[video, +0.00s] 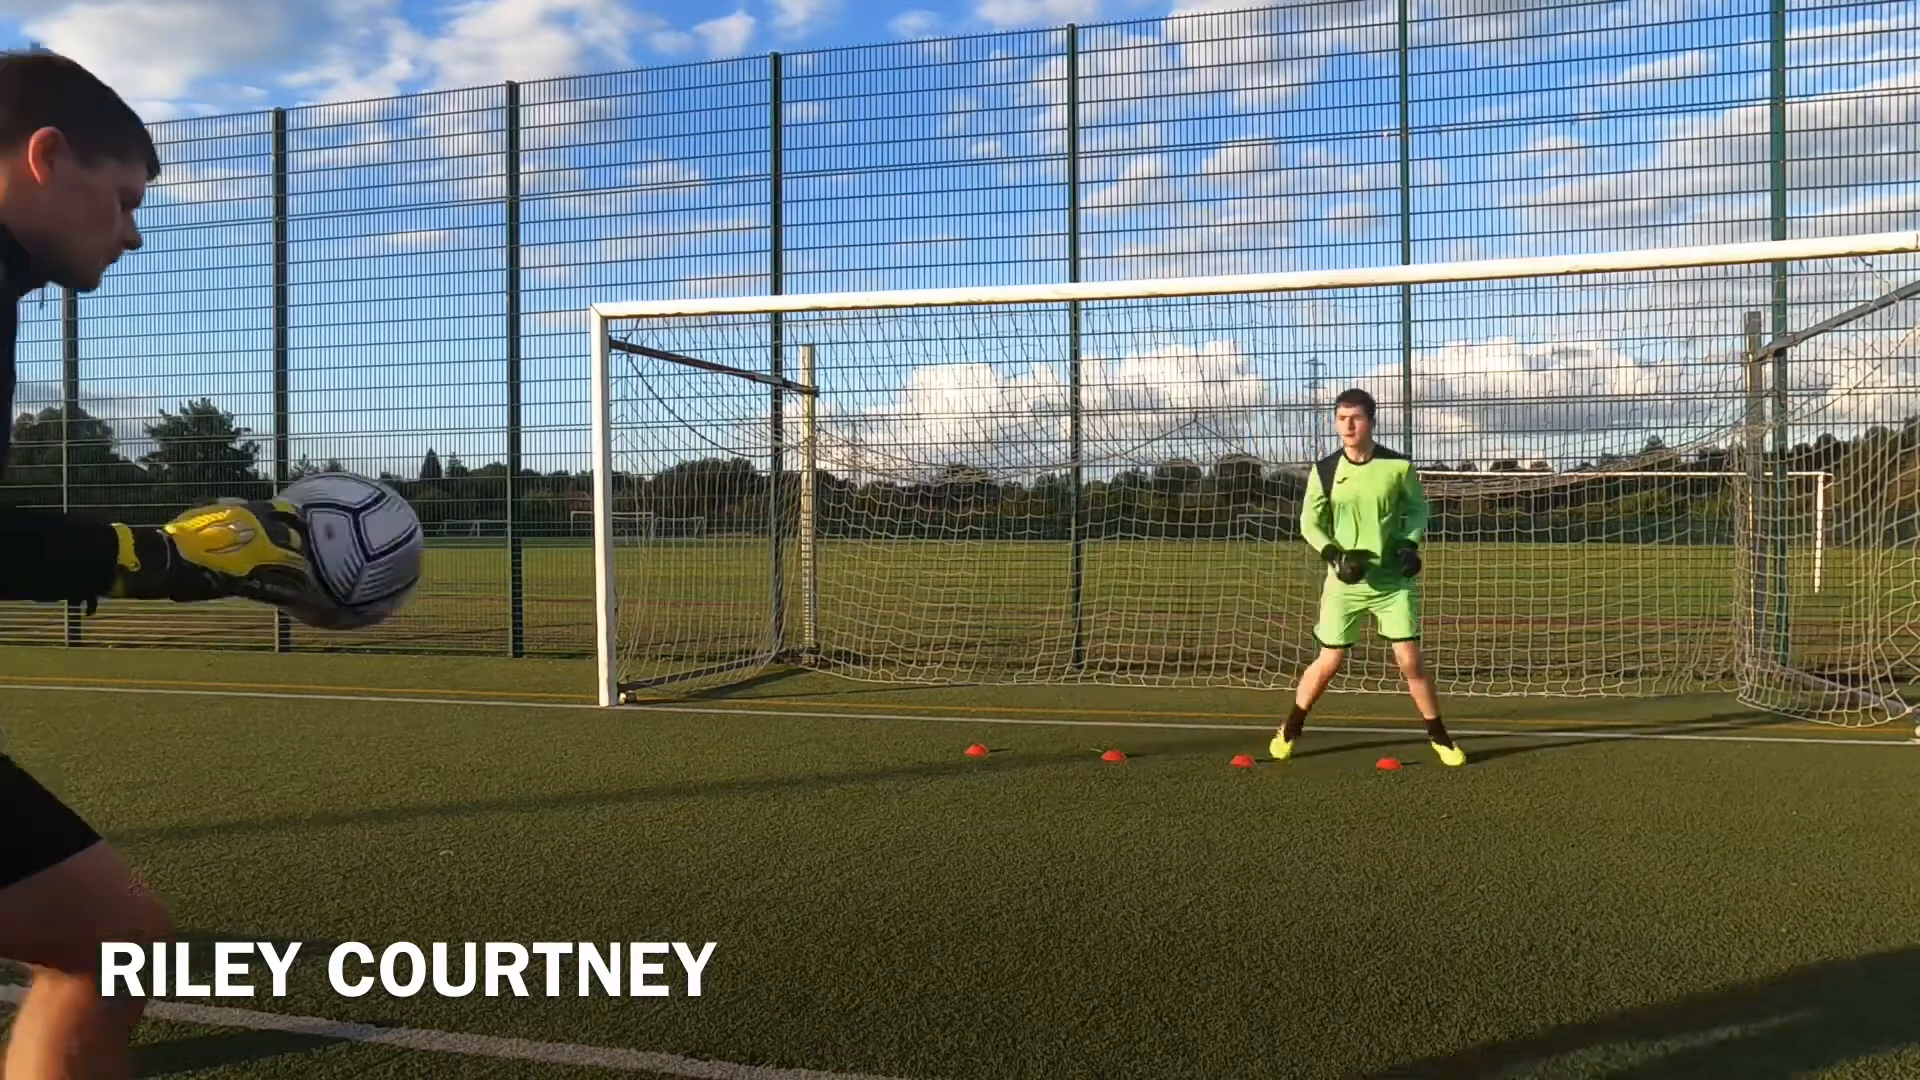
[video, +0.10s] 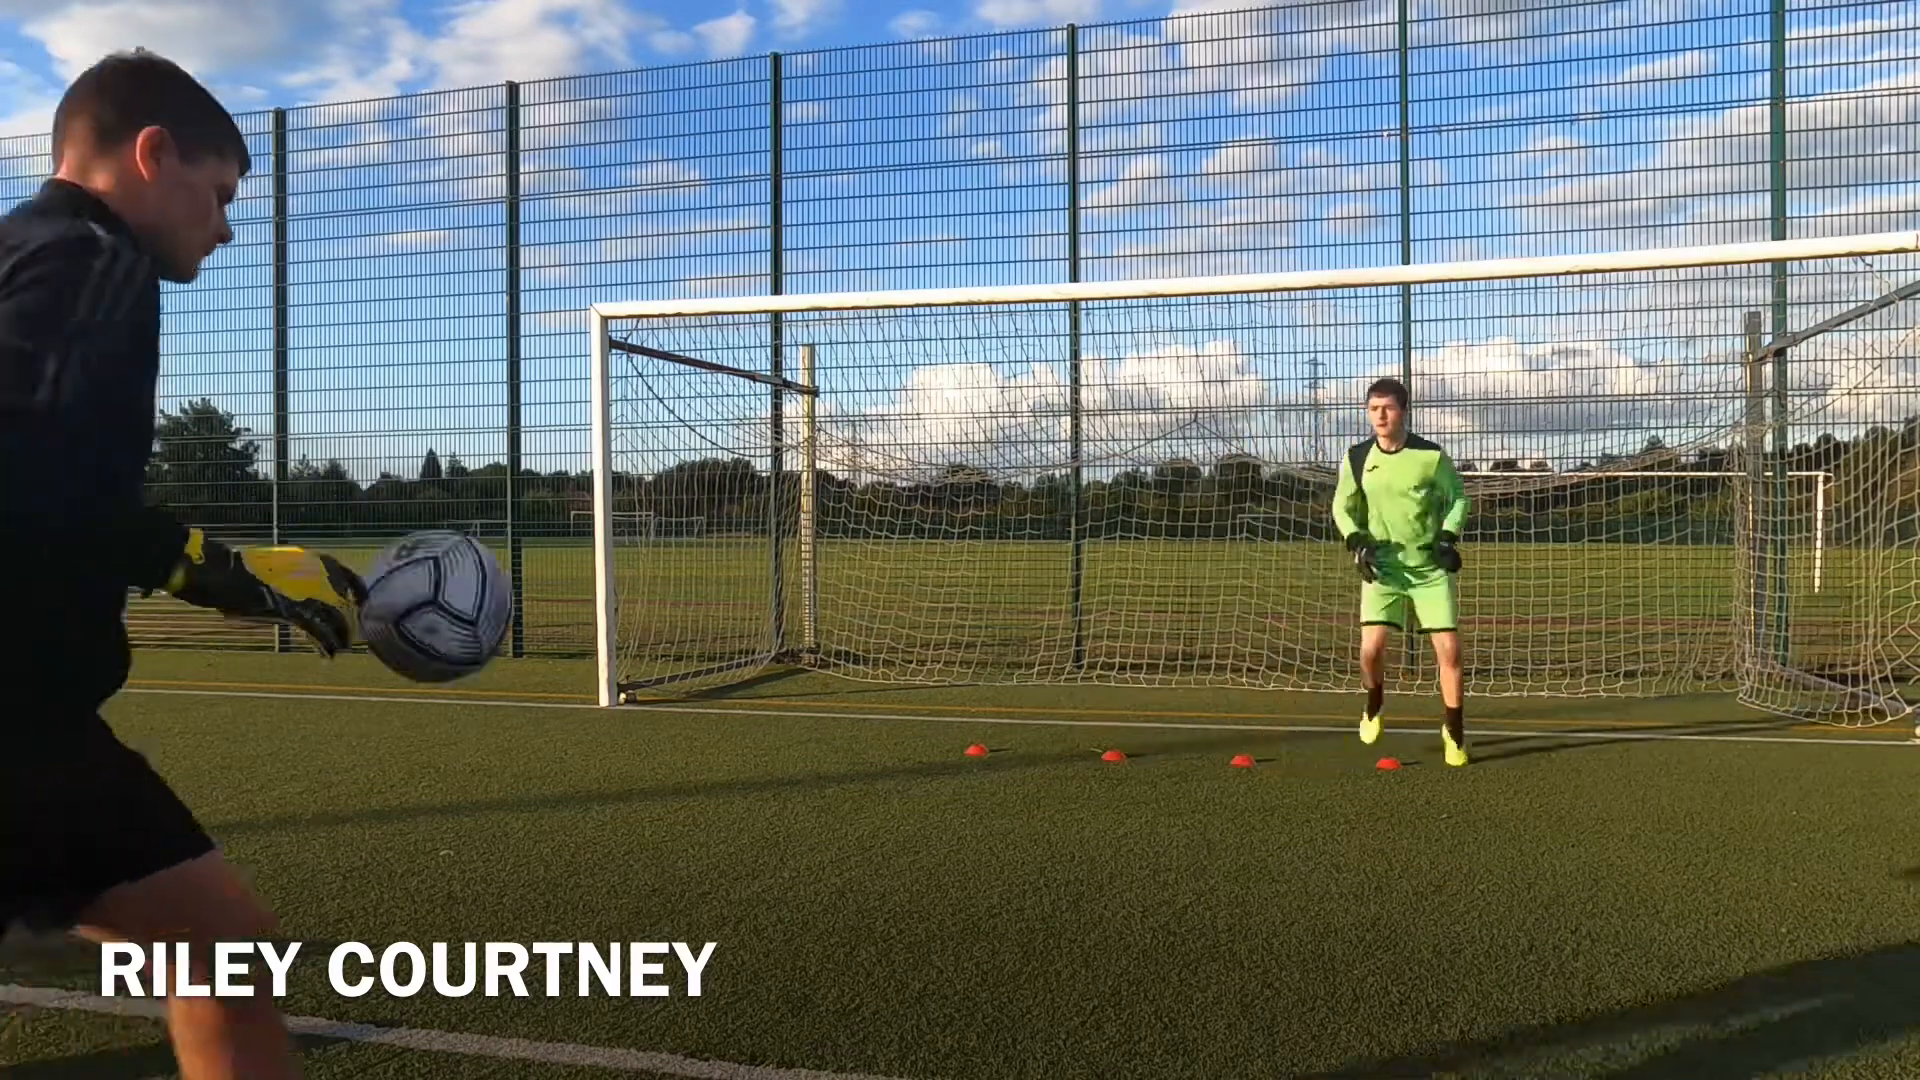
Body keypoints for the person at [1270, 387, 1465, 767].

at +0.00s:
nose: (1348, 426)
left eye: (1356, 418)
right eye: (1342, 419)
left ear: (1372, 421)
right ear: (1335, 424)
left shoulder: (1400, 467)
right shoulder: (1323, 471)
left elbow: (1417, 512)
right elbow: (1309, 523)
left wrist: (1410, 544)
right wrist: (1334, 556)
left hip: (1394, 583)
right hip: (1343, 584)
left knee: (1411, 663)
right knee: (1330, 662)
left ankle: (1440, 737)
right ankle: (1289, 731)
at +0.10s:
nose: (1381, 416)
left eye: (1389, 409)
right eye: (1375, 409)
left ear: (1405, 411)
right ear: (1367, 414)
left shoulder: (1432, 456)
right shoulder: (1356, 458)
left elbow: (1458, 500)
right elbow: (1342, 508)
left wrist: (1447, 536)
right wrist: (1357, 543)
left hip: (1429, 568)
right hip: (1380, 568)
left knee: (1450, 651)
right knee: (1370, 650)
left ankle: (1454, 732)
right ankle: (1374, 704)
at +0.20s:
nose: (1413, 414)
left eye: (1421, 406)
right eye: (1407, 407)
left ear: (1435, 409)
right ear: (1399, 411)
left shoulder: (1464, 455)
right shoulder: (1385, 457)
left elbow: (1491, 499)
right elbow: (1376, 502)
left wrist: (1483, 534)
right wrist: (1391, 535)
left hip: (1466, 566)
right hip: (1416, 571)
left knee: (1499, 644)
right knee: (1412, 657)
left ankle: (1520, 721)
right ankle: (1434, 714)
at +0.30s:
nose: (1442, 428)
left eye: (1450, 421)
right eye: (1436, 421)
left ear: (1465, 424)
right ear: (1428, 427)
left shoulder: (1494, 471)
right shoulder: (1415, 475)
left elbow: (1521, 515)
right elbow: (1413, 524)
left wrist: (1511, 545)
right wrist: (1423, 551)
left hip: (1498, 580)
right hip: (1448, 586)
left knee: (1541, 661)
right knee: (1447, 675)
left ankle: (1597, 741)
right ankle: (1460, 735)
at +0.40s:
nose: (1467, 441)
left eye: (1475, 434)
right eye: (1461, 435)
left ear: (1491, 438)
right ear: (1455, 440)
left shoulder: (1518, 483)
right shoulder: (1447, 490)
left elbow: (1543, 535)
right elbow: (1447, 541)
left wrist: (1534, 557)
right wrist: (1444, 562)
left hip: (1528, 597)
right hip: (1479, 601)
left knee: (1568, 676)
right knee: (1462, 680)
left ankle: (1609, 749)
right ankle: (1464, 736)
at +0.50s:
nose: (1489, 434)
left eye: (1496, 426)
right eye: (1482, 427)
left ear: (1511, 431)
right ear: (1475, 433)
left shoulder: (1537, 478)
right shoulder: (1466, 482)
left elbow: (1549, 539)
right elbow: (1460, 539)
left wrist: (1534, 541)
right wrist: (1446, 540)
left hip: (1541, 594)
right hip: (1491, 597)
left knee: (1578, 674)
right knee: (1474, 675)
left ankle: (1609, 747)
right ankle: (1465, 736)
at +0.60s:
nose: (1505, 420)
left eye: (1513, 413)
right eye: (1499, 414)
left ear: (1528, 419)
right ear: (1490, 420)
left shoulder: (1547, 464)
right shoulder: (1477, 467)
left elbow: (1554, 524)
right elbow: (1453, 513)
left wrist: (1540, 496)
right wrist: (1459, 482)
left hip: (1548, 586)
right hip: (1497, 589)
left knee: (1578, 669)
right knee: (1478, 671)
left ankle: (1609, 747)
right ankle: (1465, 739)